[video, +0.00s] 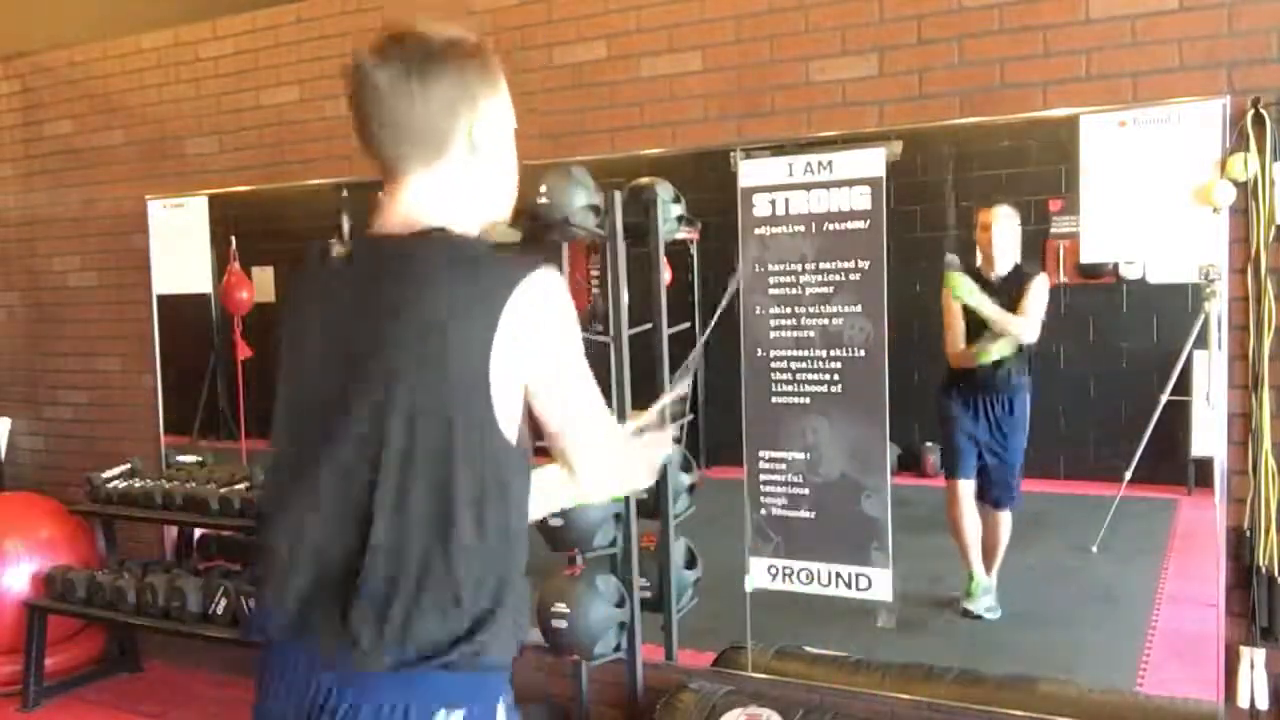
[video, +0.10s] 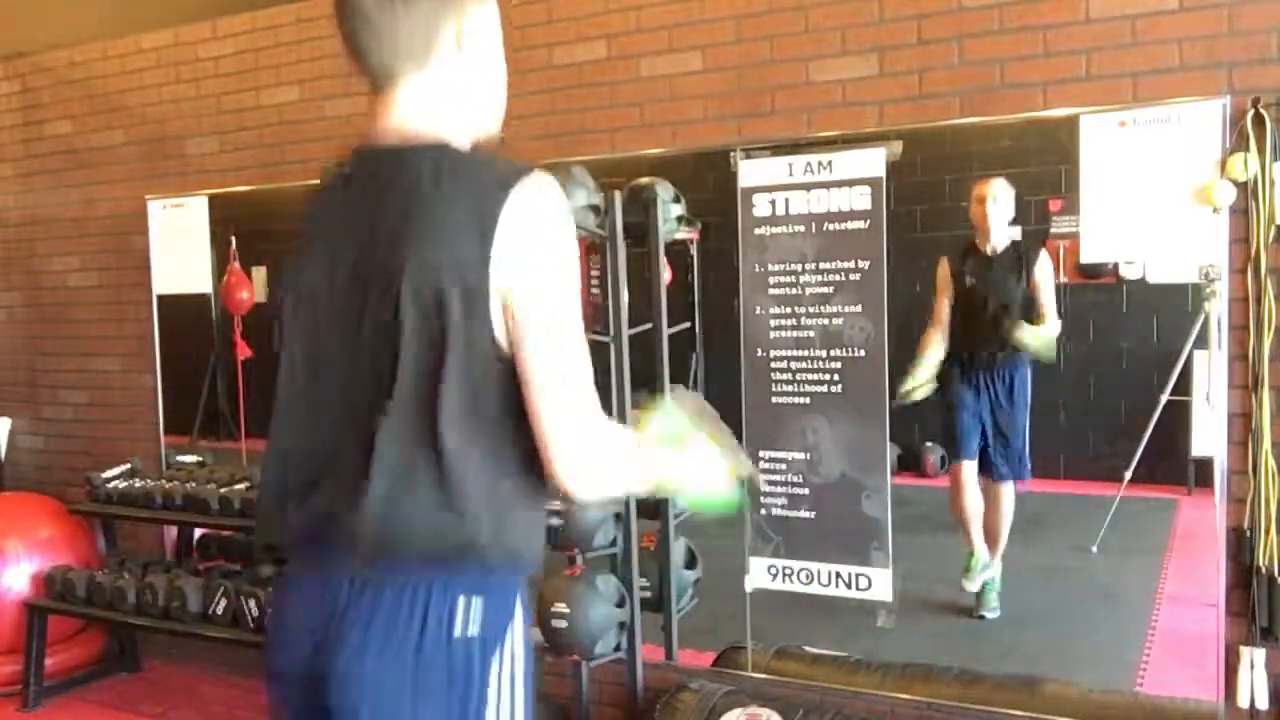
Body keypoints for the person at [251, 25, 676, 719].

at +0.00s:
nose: (517, 153)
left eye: (513, 130)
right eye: (509, 131)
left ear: (379, 142)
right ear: (475, 138)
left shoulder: (315, 289)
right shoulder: (516, 287)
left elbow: (414, 497)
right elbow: (601, 467)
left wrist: (582, 473)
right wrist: (643, 451)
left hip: (295, 675)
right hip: (438, 689)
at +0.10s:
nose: (504, 63)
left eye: (498, 35)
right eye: (496, 32)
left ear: (368, 50)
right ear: (466, 35)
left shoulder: (325, 209)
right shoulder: (513, 203)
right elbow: (579, 460)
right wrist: (671, 460)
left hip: (313, 587)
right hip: (448, 610)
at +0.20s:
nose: (502, 45)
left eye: (496, 22)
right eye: (495, 21)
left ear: (369, 46)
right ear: (467, 26)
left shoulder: (308, 194)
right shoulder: (504, 176)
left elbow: (259, 421)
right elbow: (569, 427)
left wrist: (257, 529)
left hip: (329, 560)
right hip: (468, 570)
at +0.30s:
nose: (506, 121)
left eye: (500, 93)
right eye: (499, 94)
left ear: (374, 115)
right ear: (472, 102)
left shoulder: (298, 272)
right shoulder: (506, 247)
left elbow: (229, 495)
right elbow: (565, 492)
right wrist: (760, 507)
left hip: (352, 631)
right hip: (495, 632)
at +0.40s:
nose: (515, 147)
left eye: (508, 121)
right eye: (507, 122)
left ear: (381, 142)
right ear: (478, 132)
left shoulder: (301, 292)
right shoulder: (509, 289)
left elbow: (230, 508)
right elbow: (583, 534)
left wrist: (330, 447)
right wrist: (777, 504)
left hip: (351, 665)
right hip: (497, 674)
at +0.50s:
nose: (520, 74)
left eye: (514, 46)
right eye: (513, 45)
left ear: (383, 55)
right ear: (484, 48)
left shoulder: (297, 239)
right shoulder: (510, 203)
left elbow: (240, 469)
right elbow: (565, 450)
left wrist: (256, 522)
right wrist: (748, 534)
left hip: (352, 620)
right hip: (501, 613)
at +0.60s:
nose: (525, 59)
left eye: (519, 37)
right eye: (519, 36)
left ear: (394, 51)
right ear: (491, 39)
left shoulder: (301, 223)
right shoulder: (515, 185)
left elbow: (248, 434)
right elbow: (567, 432)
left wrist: (237, 544)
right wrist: (755, 553)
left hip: (356, 578)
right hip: (506, 577)